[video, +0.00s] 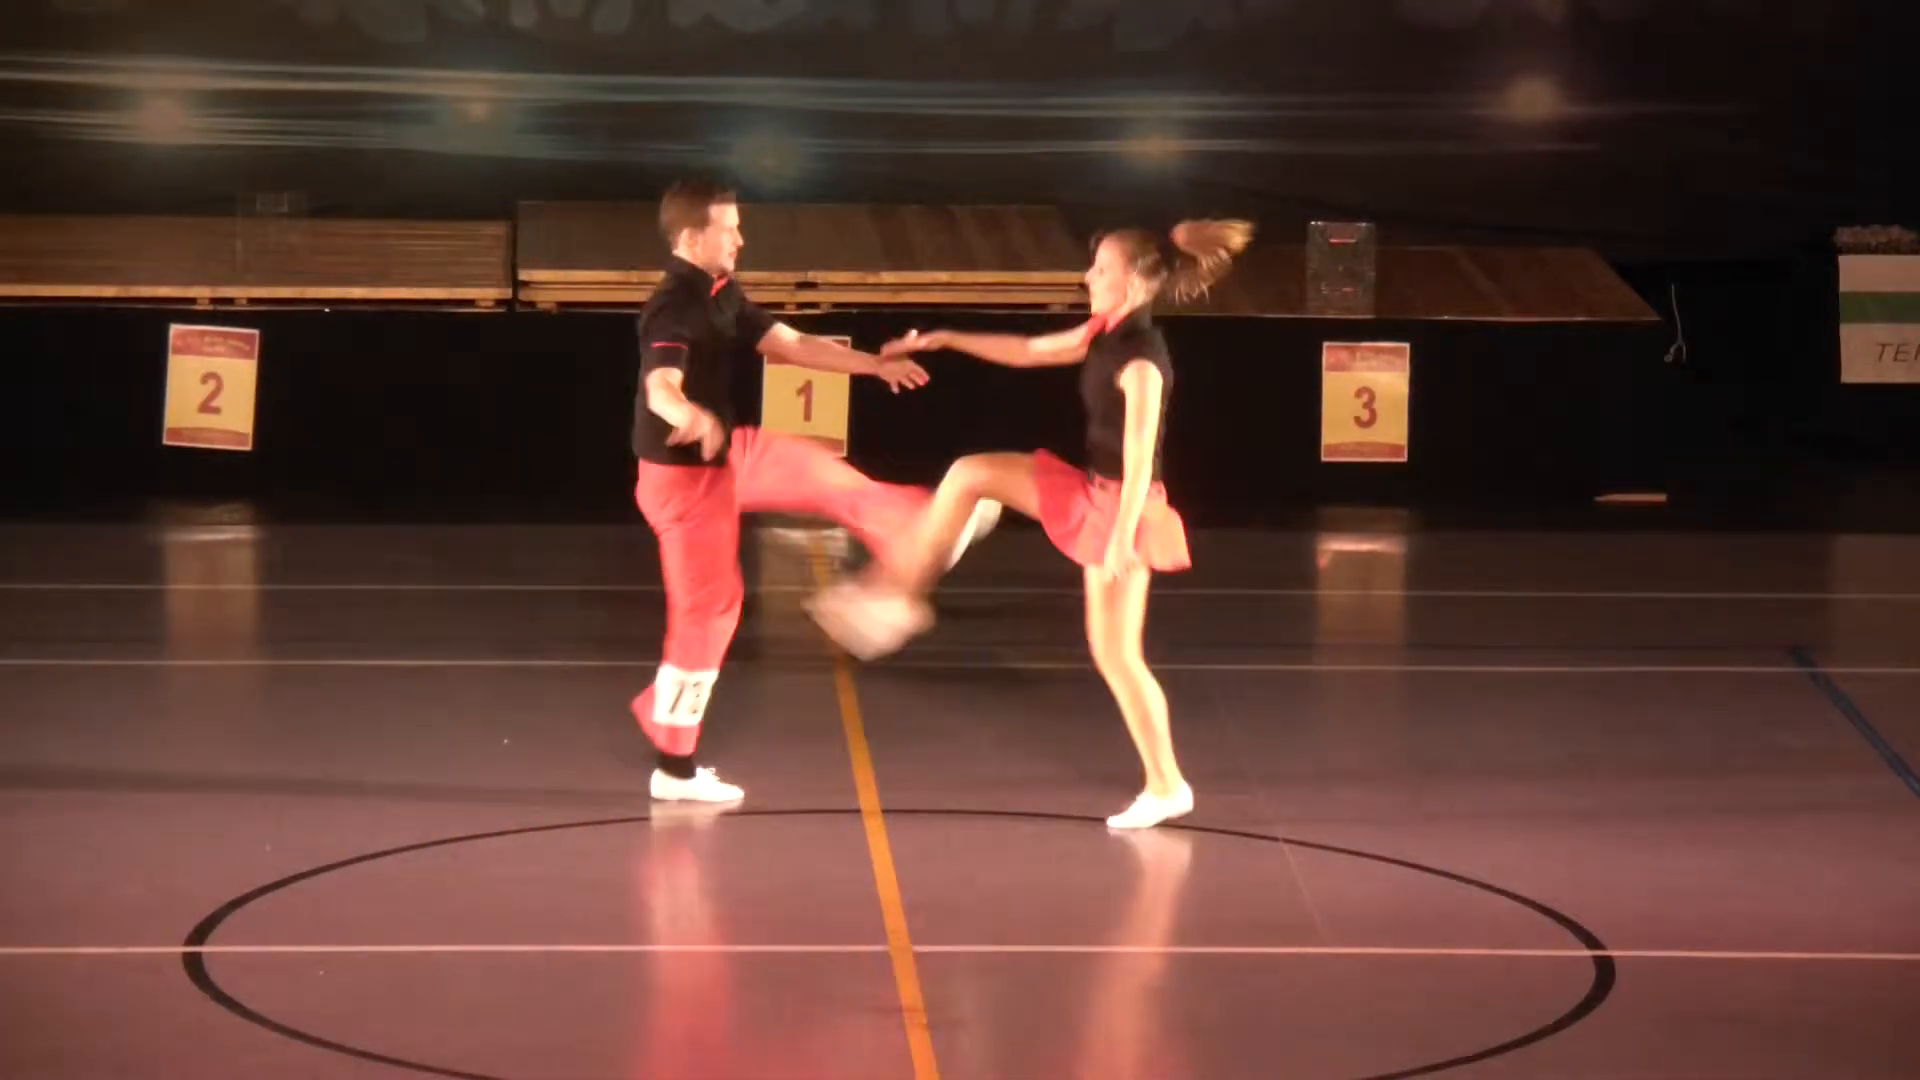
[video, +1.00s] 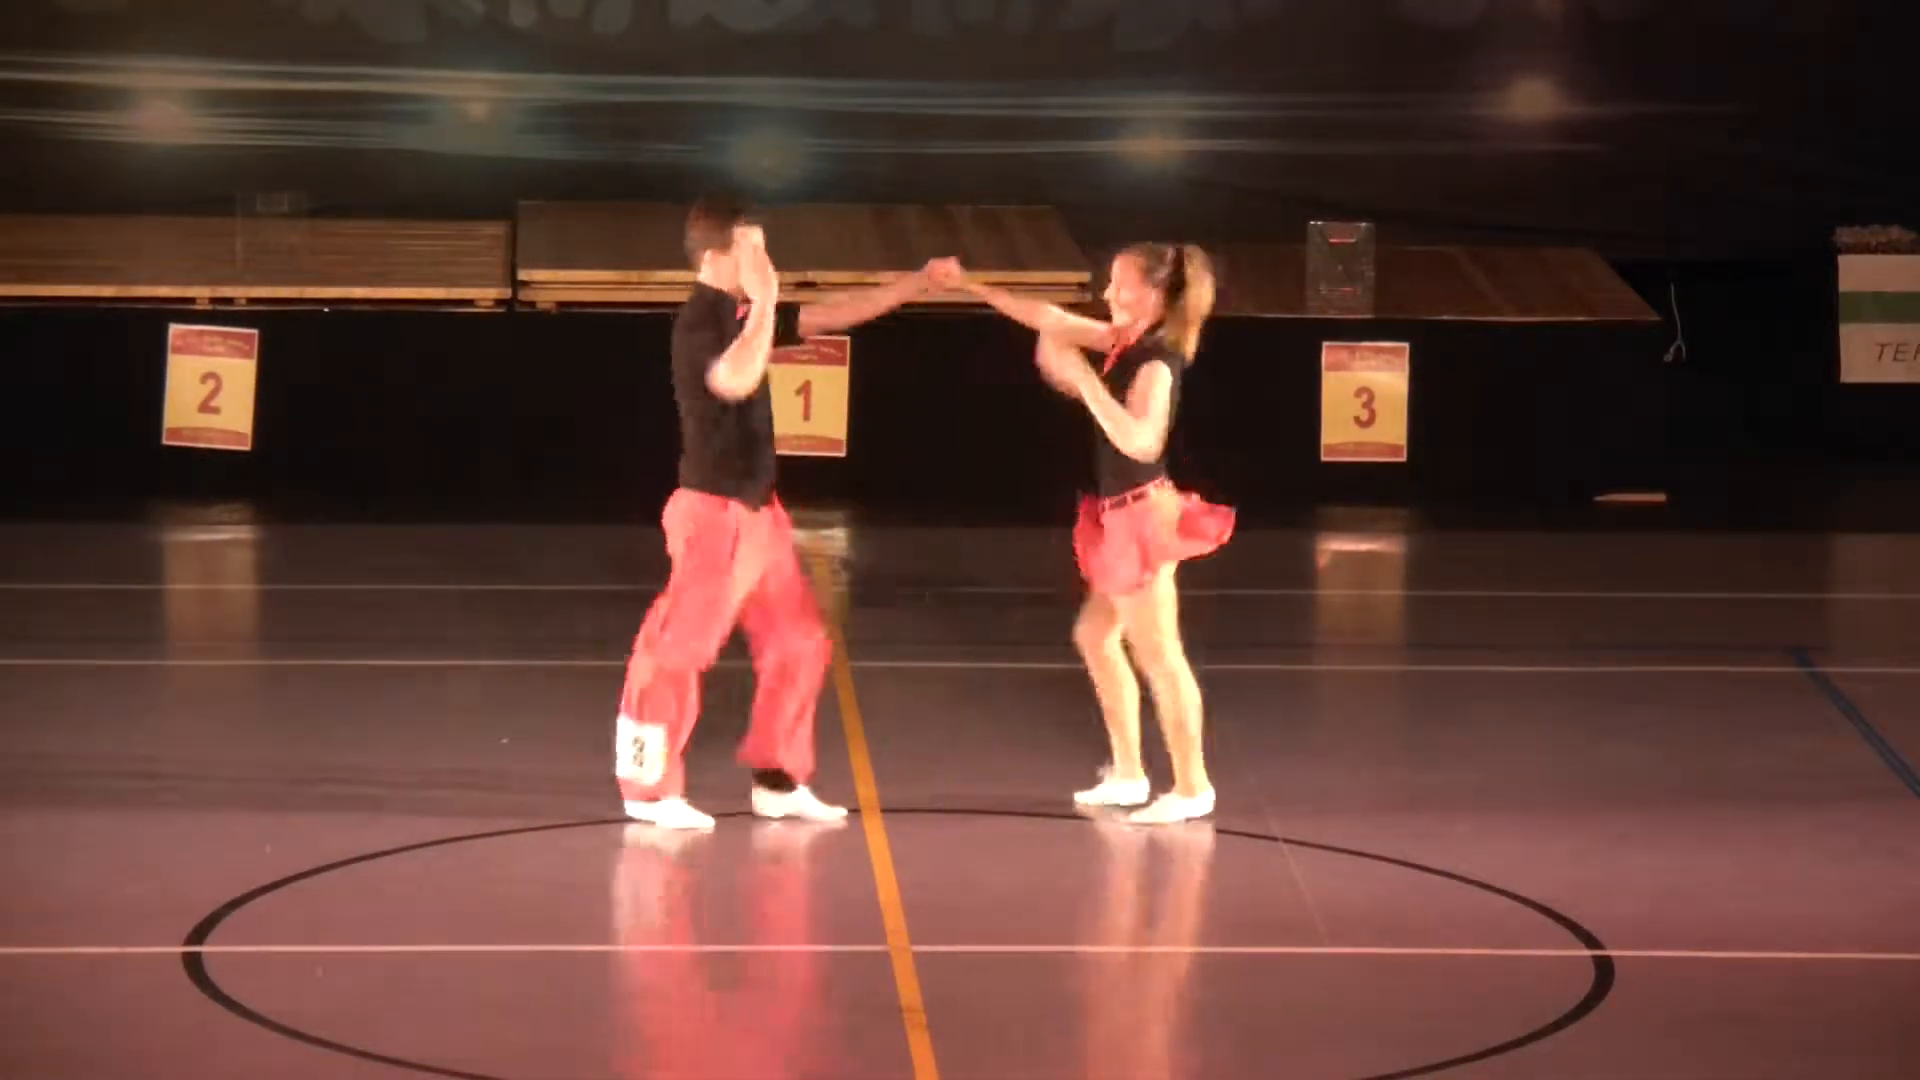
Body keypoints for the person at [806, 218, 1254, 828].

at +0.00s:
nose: (1089, 276)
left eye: (1102, 268)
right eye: (1093, 266)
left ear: (1137, 282)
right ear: (1119, 279)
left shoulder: (1141, 357)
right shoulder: (1102, 333)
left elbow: (1140, 464)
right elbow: (1027, 351)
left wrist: (1121, 539)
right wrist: (945, 338)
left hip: (1124, 512)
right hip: (1088, 494)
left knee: (1115, 653)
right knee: (968, 474)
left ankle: (1165, 785)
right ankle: (895, 596)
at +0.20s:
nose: (1106, 269)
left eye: (1121, 261)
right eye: (1104, 257)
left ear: (1152, 271)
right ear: (1098, 259)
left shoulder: (1153, 341)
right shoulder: (1094, 315)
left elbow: (1187, 434)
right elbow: (1013, 335)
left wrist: (1164, 484)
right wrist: (924, 324)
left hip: (1140, 492)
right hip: (1096, 484)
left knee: (1055, 610)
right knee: (998, 540)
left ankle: (1129, 723)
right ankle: (1042, 679)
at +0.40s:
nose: (1095, 300)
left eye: (1108, 292)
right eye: (1095, 289)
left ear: (1144, 301)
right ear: (1098, 292)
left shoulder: (1153, 368)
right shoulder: (1087, 340)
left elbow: (1203, 449)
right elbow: (1003, 324)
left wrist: (1181, 464)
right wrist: (925, 296)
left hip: (1118, 526)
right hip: (1094, 521)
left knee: (1039, 654)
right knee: (1124, 656)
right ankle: (1151, 792)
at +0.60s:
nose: (1079, 289)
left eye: (1090, 279)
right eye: (1081, 277)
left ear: (1126, 289)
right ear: (1111, 287)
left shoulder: (1128, 359)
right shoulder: (1103, 334)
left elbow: (1030, 383)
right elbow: (1017, 320)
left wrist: (965, 321)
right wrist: (935, 286)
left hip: (1120, 520)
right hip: (1083, 489)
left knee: (1092, 654)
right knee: (965, 461)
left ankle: (1105, 788)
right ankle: (845, 545)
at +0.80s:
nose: (1088, 263)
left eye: (1098, 253)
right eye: (1090, 252)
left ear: (1129, 260)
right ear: (1118, 259)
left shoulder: (1134, 334)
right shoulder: (1112, 302)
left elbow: (1037, 339)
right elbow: (1039, 273)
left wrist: (1003, 251)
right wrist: (971, 233)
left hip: (1140, 494)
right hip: (1102, 470)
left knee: (1110, 632)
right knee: (993, 454)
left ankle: (1121, 766)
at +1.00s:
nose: (1109, 294)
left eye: (1120, 285)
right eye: (1111, 284)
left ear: (1155, 294)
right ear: (1130, 294)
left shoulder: (1156, 362)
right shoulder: (1121, 340)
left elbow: (1145, 443)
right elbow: (1049, 318)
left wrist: (1081, 380)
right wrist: (973, 287)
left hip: (1146, 520)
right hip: (1121, 518)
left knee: (1158, 654)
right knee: (1096, 637)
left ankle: (1192, 789)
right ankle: (1128, 774)